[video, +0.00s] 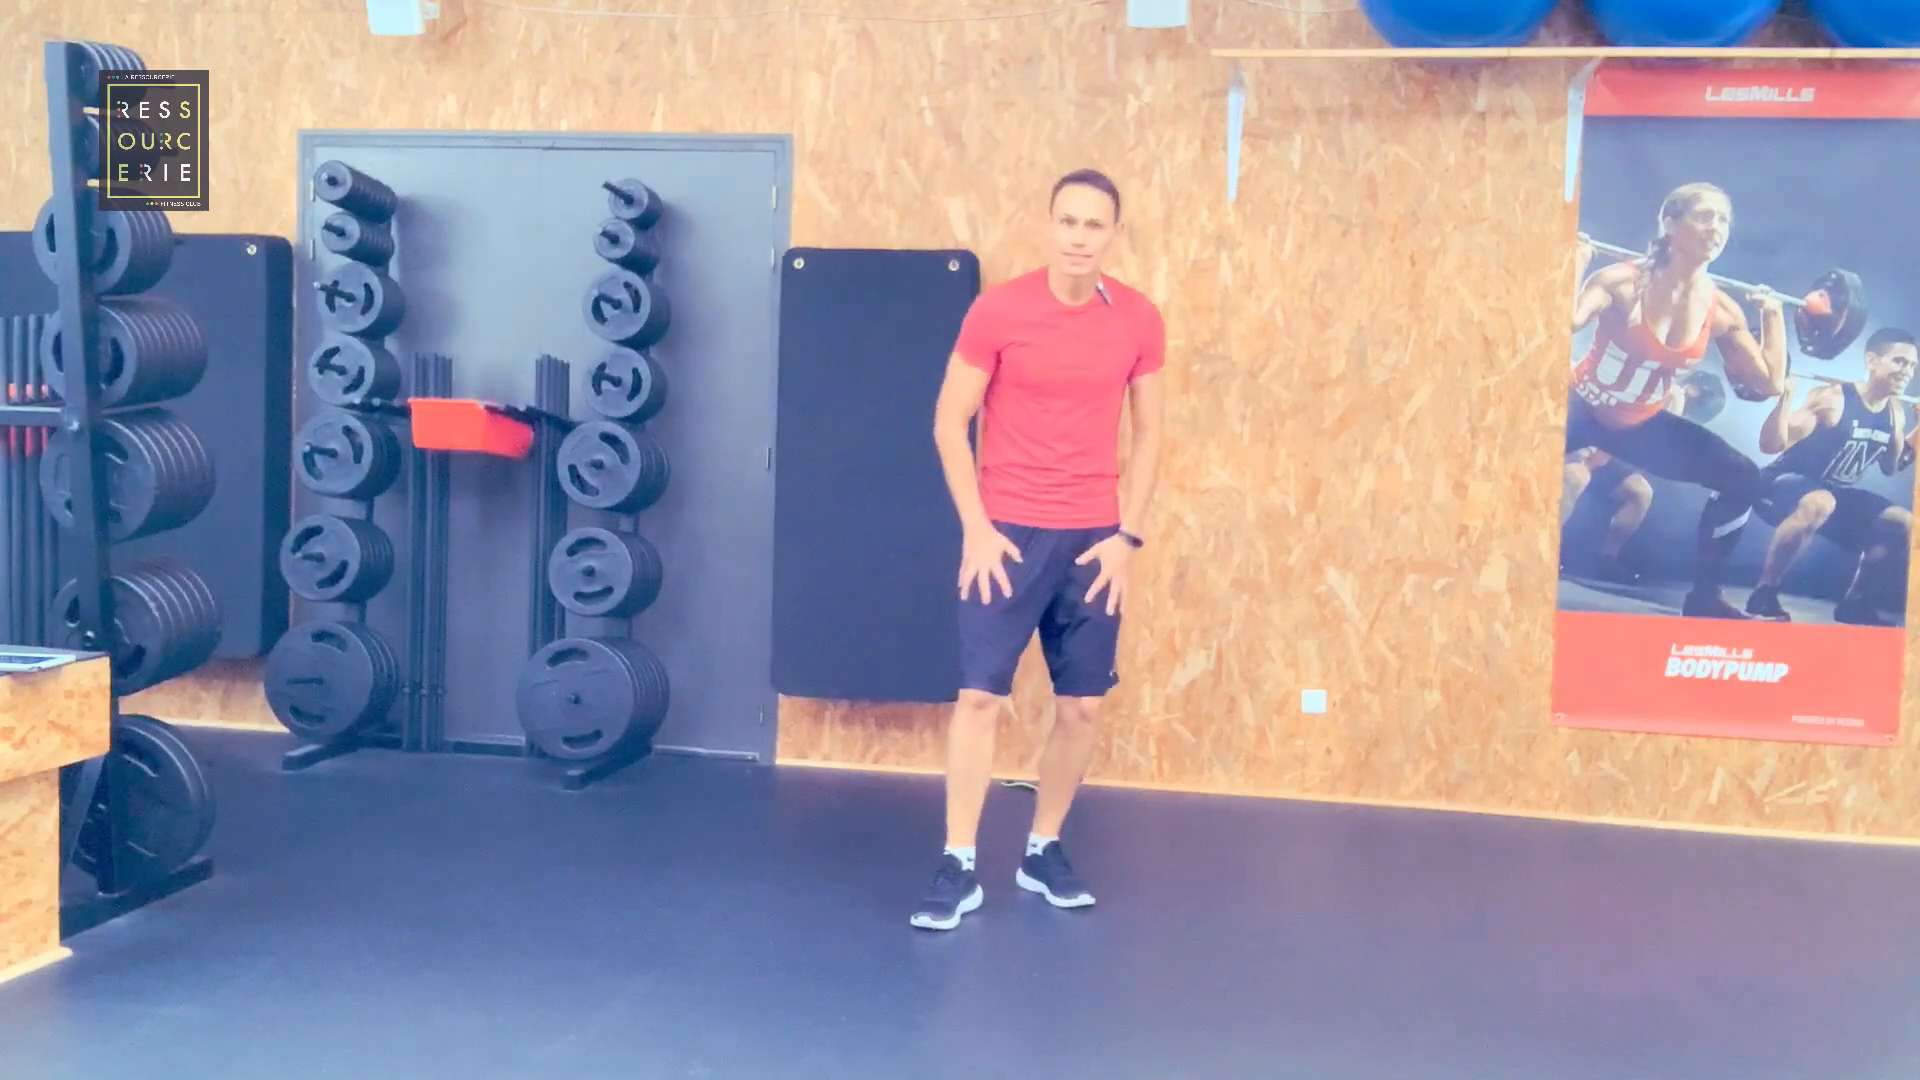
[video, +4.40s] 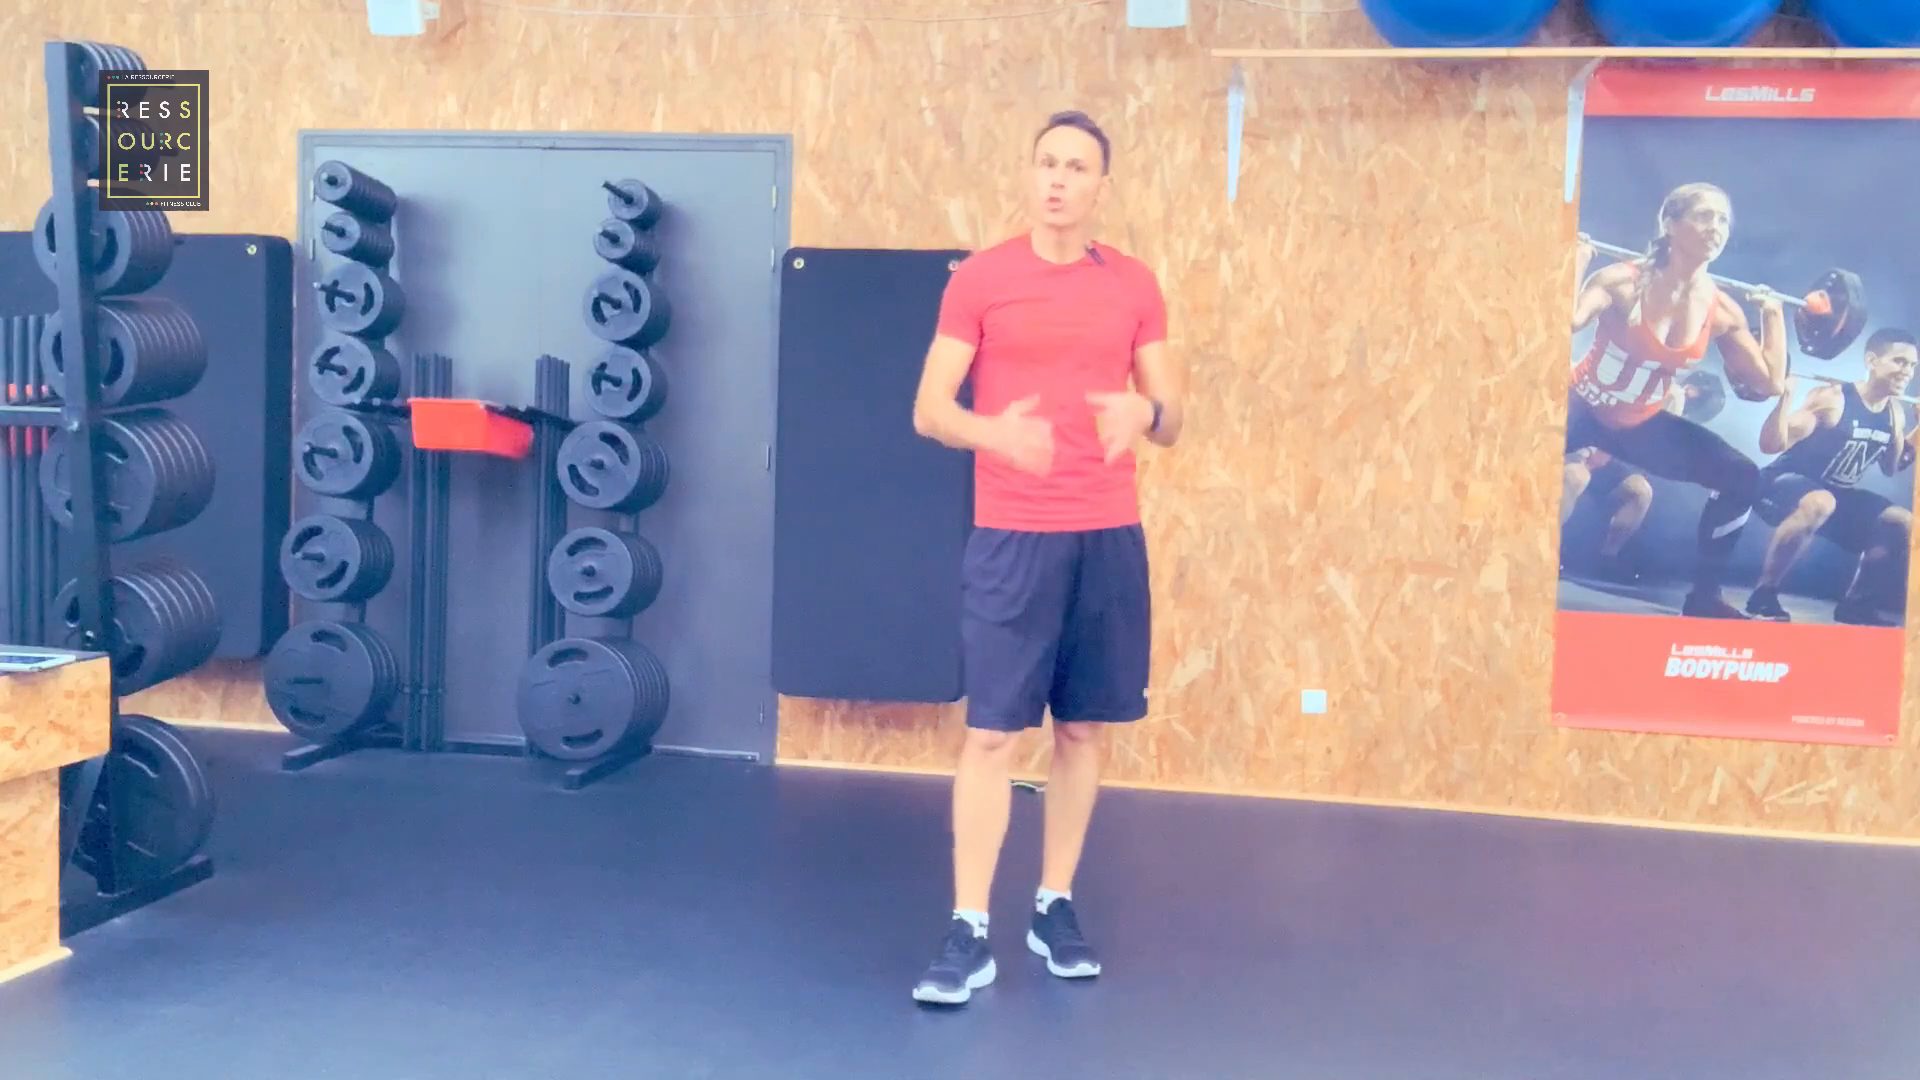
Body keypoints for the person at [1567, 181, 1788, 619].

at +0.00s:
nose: (1717, 228)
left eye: (1724, 220)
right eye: (1705, 216)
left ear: (1728, 233)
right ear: (1670, 224)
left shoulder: (1722, 311)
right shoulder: (1620, 279)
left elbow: (1769, 385)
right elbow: (1558, 325)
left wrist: (1773, 313)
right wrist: (1572, 269)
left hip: (1644, 425)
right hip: (1579, 410)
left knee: (1742, 477)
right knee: (1511, 453)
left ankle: (1705, 597)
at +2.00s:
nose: (1716, 228)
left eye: (1724, 220)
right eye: (1704, 216)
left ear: (1728, 232)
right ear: (1670, 224)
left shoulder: (1722, 311)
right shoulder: (1620, 279)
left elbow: (1769, 386)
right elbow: (1558, 325)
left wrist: (1773, 313)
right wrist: (1572, 269)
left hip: (1644, 425)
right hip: (1579, 410)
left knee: (1742, 478)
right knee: (1512, 451)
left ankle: (1705, 597)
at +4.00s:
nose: (1716, 228)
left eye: (1724, 220)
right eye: (1704, 216)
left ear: (1729, 232)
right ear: (1670, 224)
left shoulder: (1721, 310)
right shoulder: (1620, 279)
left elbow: (1770, 385)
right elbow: (1558, 326)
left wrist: (1773, 312)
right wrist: (1573, 268)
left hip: (1644, 425)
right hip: (1578, 409)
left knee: (1742, 478)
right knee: (1508, 454)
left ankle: (1705, 598)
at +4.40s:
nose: (1716, 228)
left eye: (1724, 220)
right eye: (1704, 216)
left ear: (1728, 233)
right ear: (1671, 224)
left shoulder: (1722, 311)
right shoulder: (1620, 280)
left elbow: (1770, 385)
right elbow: (1557, 327)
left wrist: (1773, 312)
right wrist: (1572, 269)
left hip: (1645, 424)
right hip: (1579, 409)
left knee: (1741, 477)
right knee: (1513, 451)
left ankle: (1705, 597)